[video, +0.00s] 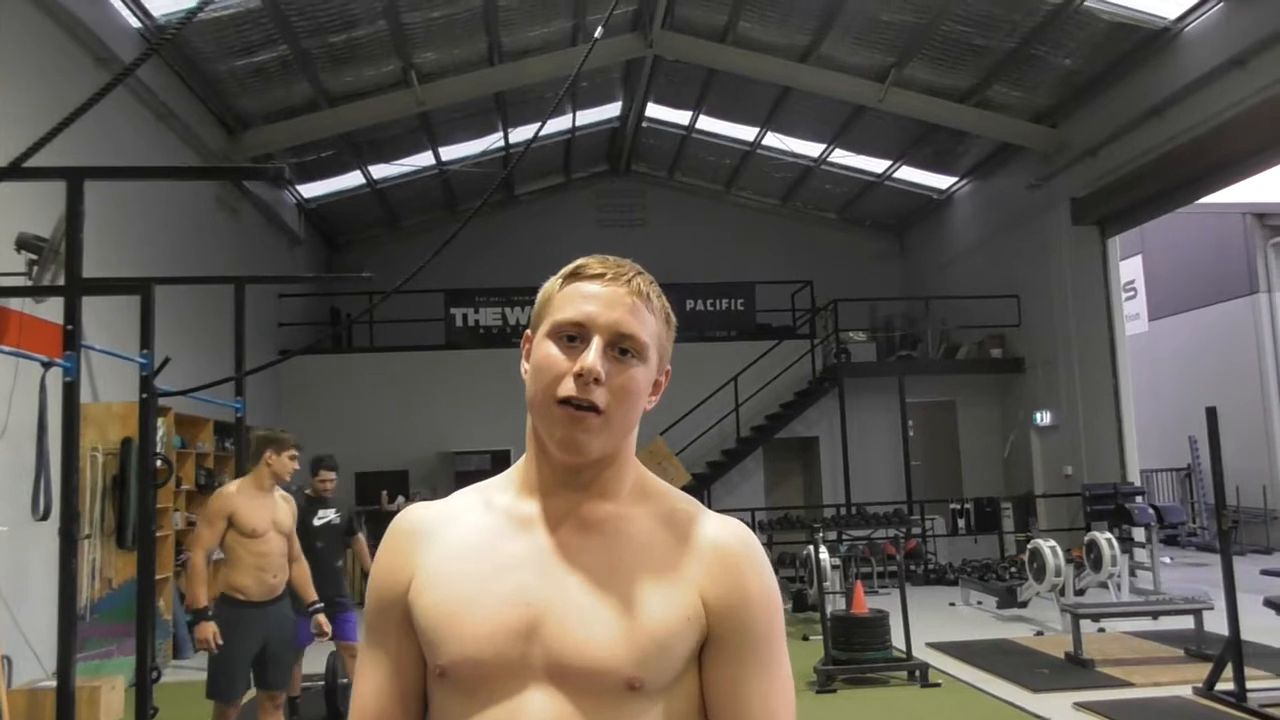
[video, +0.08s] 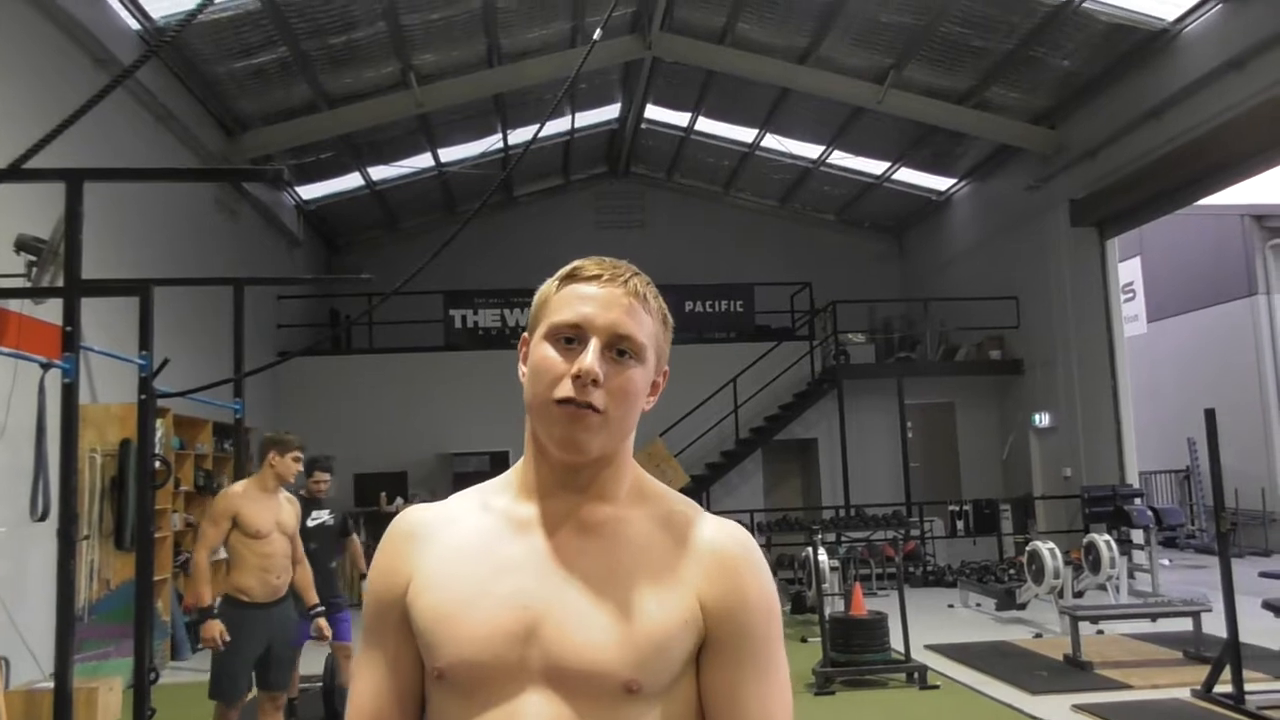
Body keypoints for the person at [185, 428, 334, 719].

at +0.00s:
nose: (296, 466)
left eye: (297, 459)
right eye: (291, 458)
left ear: (273, 459)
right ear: (269, 457)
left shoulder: (287, 502)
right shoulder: (227, 497)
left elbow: (296, 559)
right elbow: (197, 554)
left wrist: (316, 608)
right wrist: (201, 616)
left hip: (279, 611)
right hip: (236, 614)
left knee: (274, 701)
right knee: (228, 705)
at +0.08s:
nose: (300, 467)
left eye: (301, 461)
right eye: (295, 460)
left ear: (279, 461)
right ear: (273, 459)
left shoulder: (292, 503)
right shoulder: (231, 498)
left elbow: (299, 562)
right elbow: (201, 553)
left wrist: (317, 612)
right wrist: (207, 615)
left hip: (282, 612)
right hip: (240, 615)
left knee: (275, 701)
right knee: (230, 704)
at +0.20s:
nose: (307, 471)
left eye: (309, 465)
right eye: (302, 463)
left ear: (283, 464)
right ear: (279, 462)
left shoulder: (298, 506)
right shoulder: (240, 500)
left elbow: (305, 565)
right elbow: (203, 551)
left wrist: (318, 618)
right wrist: (217, 609)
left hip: (290, 613)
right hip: (248, 615)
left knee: (279, 703)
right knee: (233, 707)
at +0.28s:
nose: (312, 473)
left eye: (314, 467)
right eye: (307, 465)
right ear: (284, 463)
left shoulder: (303, 508)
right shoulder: (248, 501)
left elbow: (309, 568)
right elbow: (204, 549)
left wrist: (321, 621)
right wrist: (224, 604)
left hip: (297, 617)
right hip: (255, 620)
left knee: (282, 704)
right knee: (238, 708)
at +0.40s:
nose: (321, 476)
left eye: (323, 470)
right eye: (315, 468)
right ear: (292, 465)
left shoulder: (311, 512)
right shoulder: (257, 502)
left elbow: (316, 570)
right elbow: (214, 550)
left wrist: (326, 624)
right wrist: (233, 605)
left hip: (304, 620)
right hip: (262, 621)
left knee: (288, 704)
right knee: (251, 709)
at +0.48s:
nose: (325, 478)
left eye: (327, 472)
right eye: (320, 469)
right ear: (297, 466)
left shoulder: (317, 513)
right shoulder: (262, 503)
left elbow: (321, 571)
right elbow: (218, 550)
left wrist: (330, 625)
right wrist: (236, 604)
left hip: (309, 619)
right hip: (268, 620)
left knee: (293, 704)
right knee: (264, 709)